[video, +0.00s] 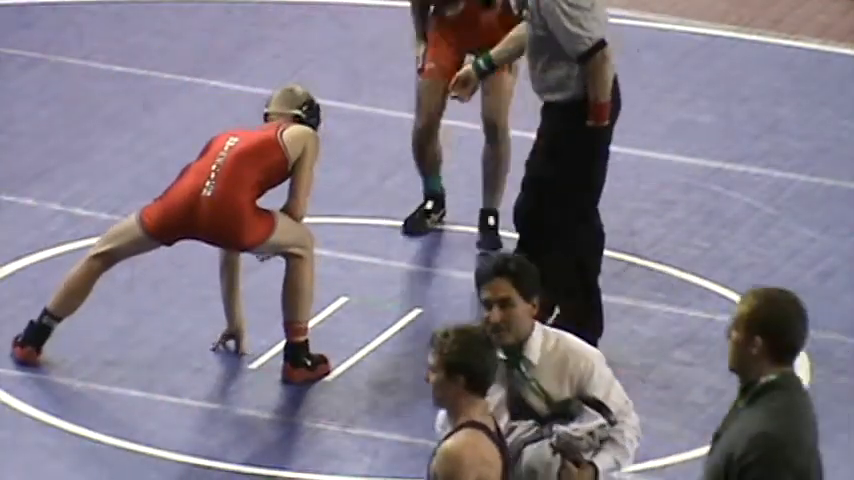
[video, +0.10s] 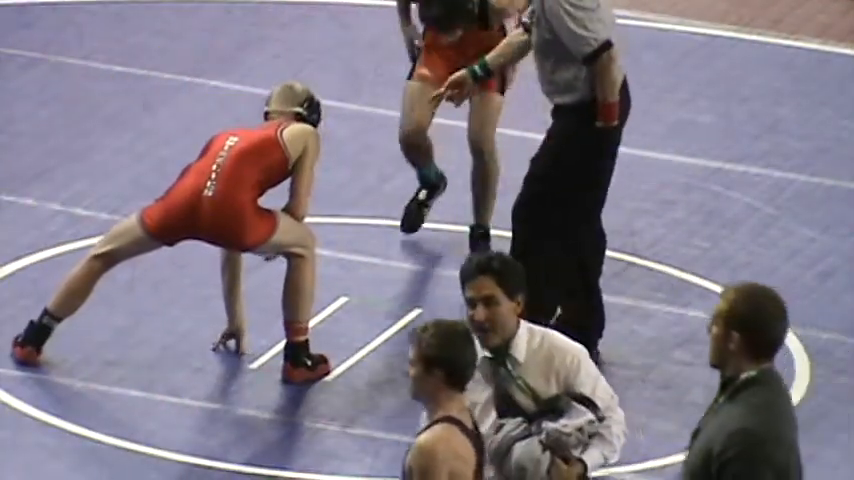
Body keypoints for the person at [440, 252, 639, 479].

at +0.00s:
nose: (494, 317)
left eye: (505, 305)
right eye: (487, 307)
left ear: (533, 307)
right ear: (481, 308)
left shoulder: (578, 357)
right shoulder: (478, 355)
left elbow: (626, 424)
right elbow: (446, 420)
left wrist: (596, 468)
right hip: (495, 467)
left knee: (538, 456)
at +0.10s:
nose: (479, 316)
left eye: (490, 303)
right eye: (471, 305)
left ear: (518, 303)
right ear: (465, 307)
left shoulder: (563, 353)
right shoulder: (461, 356)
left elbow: (612, 421)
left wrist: (583, 464)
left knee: (527, 453)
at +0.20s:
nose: (467, 316)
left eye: (478, 303)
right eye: (460, 305)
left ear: (507, 303)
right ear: (453, 307)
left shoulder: (552, 353)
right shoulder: (449, 359)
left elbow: (602, 421)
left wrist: (572, 464)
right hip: (475, 471)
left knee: (516, 452)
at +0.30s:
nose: (457, 315)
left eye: (468, 303)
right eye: (450, 304)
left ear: (498, 303)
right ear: (444, 306)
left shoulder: (544, 353)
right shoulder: (438, 364)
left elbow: (591, 421)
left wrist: (562, 465)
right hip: (469, 473)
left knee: (504, 453)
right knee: (507, 452)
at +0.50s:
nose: (441, 315)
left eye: (452, 303)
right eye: (435, 303)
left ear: (484, 303)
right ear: (430, 303)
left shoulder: (530, 357)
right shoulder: (424, 367)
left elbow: (575, 427)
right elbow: (416, 449)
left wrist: (540, 470)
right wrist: (446, 476)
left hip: (525, 472)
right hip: (457, 473)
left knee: (479, 453)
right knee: (478, 451)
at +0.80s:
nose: (425, 317)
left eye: (437, 306)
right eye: (422, 305)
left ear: (470, 310)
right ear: (417, 304)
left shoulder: (514, 365)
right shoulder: (415, 367)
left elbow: (552, 438)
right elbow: (398, 437)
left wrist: (511, 476)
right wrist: (416, 474)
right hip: (438, 473)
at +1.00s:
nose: (415, 318)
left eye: (426, 309)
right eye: (414, 306)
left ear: (461, 315)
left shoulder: (503, 373)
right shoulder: (407, 364)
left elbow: (527, 452)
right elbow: (388, 436)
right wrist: (383, 473)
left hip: (476, 473)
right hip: (412, 472)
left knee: (427, 460)